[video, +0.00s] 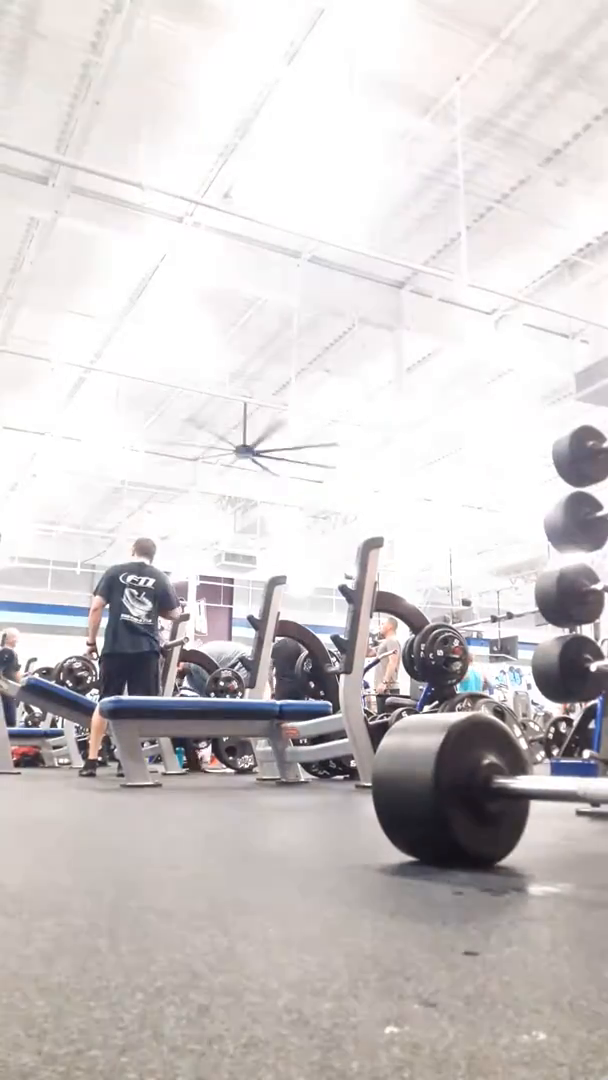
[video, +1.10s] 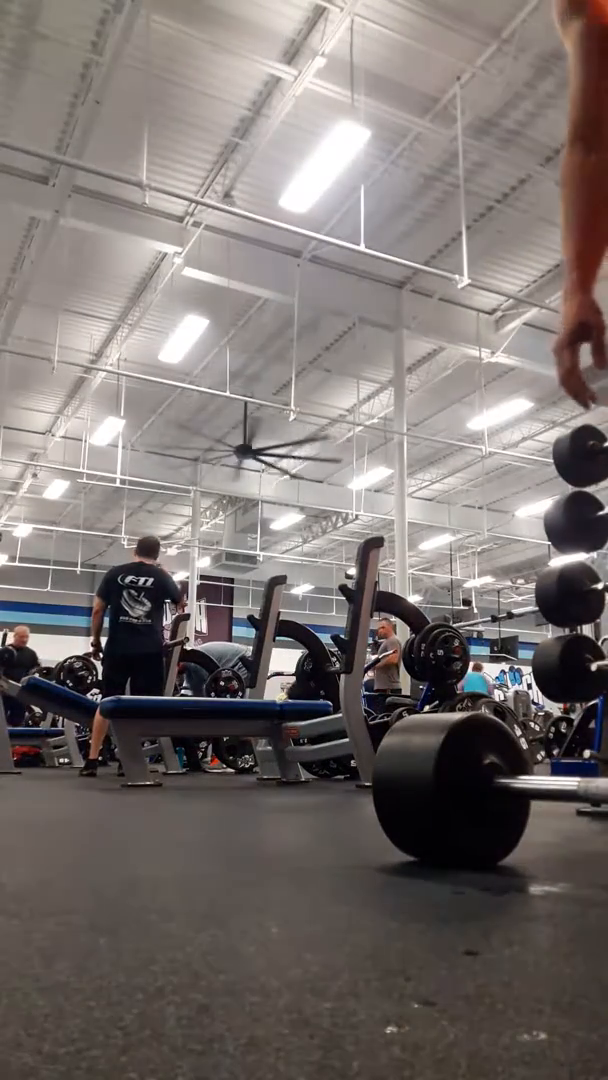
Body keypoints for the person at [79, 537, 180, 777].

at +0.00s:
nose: (134, 553)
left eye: (133, 550)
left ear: (133, 551)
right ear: (153, 556)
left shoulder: (115, 571)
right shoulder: (161, 579)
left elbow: (96, 607)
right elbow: (173, 614)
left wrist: (91, 641)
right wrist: (152, 603)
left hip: (114, 649)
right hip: (145, 651)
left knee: (105, 703)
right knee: (142, 707)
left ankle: (92, 759)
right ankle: (131, 763)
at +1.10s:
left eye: (138, 550)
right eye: (155, 556)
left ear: (135, 552)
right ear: (157, 556)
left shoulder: (116, 572)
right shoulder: (161, 577)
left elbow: (98, 610)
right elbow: (180, 602)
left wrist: (95, 640)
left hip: (117, 650)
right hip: (149, 652)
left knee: (107, 703)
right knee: (144, 706)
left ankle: (92, 759)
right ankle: (132, 763)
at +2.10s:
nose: (158, 557)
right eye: (158, 554)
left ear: (133, 553)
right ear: (155, 555)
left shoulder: (114, 574)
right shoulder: (161, 578)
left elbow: (98, 612)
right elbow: (189, 596)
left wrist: (99, 645)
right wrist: (180, 577)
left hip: (118, 648)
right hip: (149, 650)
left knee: (109, 702)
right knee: (150, 704)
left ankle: (93, 758)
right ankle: (138, 763)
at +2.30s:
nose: (155, 558)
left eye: (153, 555)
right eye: (155, 555)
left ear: (130, 554)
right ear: (152, 555)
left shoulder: (112, 575)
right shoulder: (156, 577)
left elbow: (96, 613)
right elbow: (180, 601)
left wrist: (99, 647)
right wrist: (188, 612)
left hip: (115, 649)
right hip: (146, 650)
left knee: (106, 703)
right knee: (146, 706)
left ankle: (90, 758)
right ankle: (137, 765)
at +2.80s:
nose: (152, 564)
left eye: (151, 562)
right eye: (152, 561)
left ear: (128, 555)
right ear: (149, 560)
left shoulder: (106, 575)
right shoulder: (151, 578)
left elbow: (90, 613)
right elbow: (164, 608)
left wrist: (93, 645)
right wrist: (157, 621)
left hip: (108, 650)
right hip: (138, 651)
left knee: (101, 704)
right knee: (137, 705)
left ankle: (88, 759)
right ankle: (129, 762)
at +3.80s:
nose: (123, 563)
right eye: (126, 560)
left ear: (105, 558)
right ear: (126, 559)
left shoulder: (89, 577)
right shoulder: (131, 577)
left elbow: (76, 612)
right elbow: (142, 609)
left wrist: (96, 610)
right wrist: (139, 629)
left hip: (92, 650)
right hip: (121, 651)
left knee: (90, 703)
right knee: (118, 705)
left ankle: (86, 760)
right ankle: (113, 761)